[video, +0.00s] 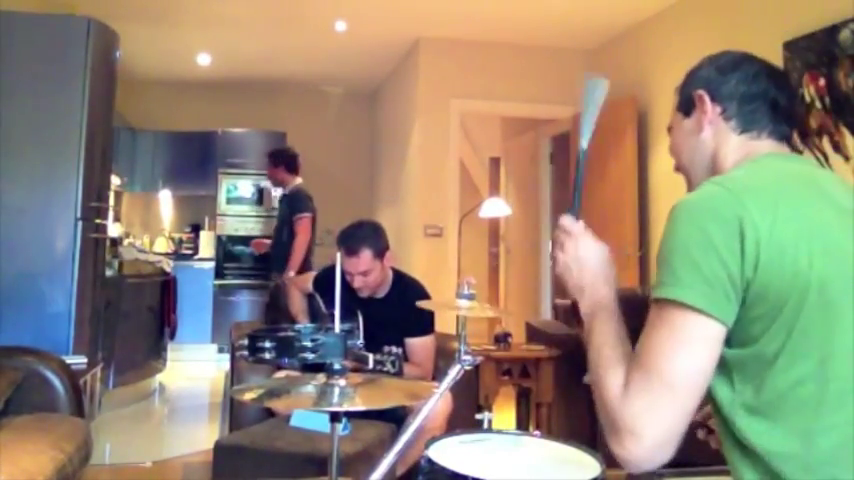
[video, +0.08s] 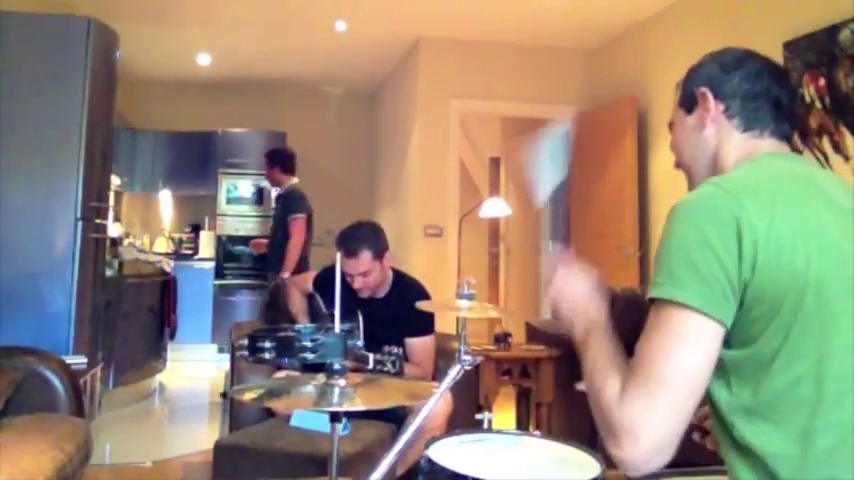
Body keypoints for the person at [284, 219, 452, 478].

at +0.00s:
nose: (356, 283)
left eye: (365, 274)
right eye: (349, 274)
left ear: (387, 261)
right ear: (341, 264)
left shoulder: (412, 295)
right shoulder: (333, 279)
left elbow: (423, 371)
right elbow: (293, 285)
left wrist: (369, 365)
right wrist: (306, 332)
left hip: (389, 388)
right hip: (335, 381)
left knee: (439, 402)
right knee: (281, 389)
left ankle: (389, 473)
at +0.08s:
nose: (357, 284)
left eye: (365, 275)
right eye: (349, 276)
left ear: (386, 261)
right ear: (341, 265)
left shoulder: (412, 295)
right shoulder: (333, 279)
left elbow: (423, 371)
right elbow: (293, 285)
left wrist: (368, 365)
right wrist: (306, 333)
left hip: (390, 388)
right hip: (336, 381)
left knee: (439, 402)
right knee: (281, 391)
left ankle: (389, 473)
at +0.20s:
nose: (356, 284)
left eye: (364, 275)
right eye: (349, 276)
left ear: (386, 261)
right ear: (341, 266)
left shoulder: (412, 295)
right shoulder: (333, 280)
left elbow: (423, 371)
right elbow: (292, 284)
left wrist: (369, 365)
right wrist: (305, 331)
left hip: (389, 390)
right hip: (335, 382)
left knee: (439, 402)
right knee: (281, 386)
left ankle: (389, 473)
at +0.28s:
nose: (355, 283)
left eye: (364, 273)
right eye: (348, 274)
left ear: (386, 260)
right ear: (340, 264)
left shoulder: (412, 295)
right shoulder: (333, 280)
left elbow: (423, 371)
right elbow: (293, 285)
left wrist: (368, 365)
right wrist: (306, 332)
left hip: (389, 388)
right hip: (335, 380)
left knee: (439, 402)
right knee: (281, 384)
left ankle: (390, 473)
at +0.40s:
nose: (355, 281)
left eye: (363, 271)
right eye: (348, 272)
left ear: (386, 259)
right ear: (341, 262)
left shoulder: (412, 294)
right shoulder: (333, 279)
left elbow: (423, 371)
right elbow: (294, 283)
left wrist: (367, 364)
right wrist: (304, 329)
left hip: (388, 388)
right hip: (335, 381)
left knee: (438, 402)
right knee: (280, 385)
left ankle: (389, 473)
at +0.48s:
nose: (355, 280)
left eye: (363, 271)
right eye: (348, 271)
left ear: (386, 259)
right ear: (341, 262)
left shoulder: (412, 295)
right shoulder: (332, 280)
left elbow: (423, 371)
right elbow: (294, 284)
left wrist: (367, 364)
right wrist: (304, 330)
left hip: (388, 388)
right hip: (335, 380)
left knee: (438, 403)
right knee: (281, 385)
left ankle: (389, 473)